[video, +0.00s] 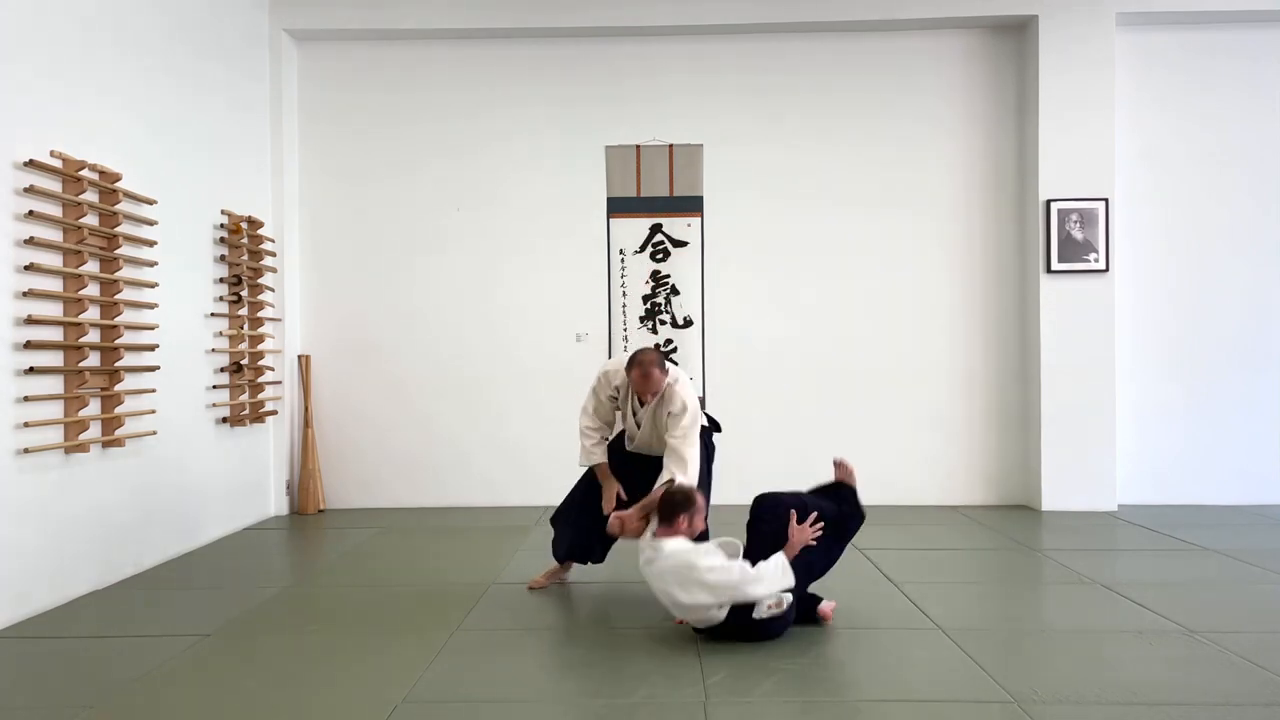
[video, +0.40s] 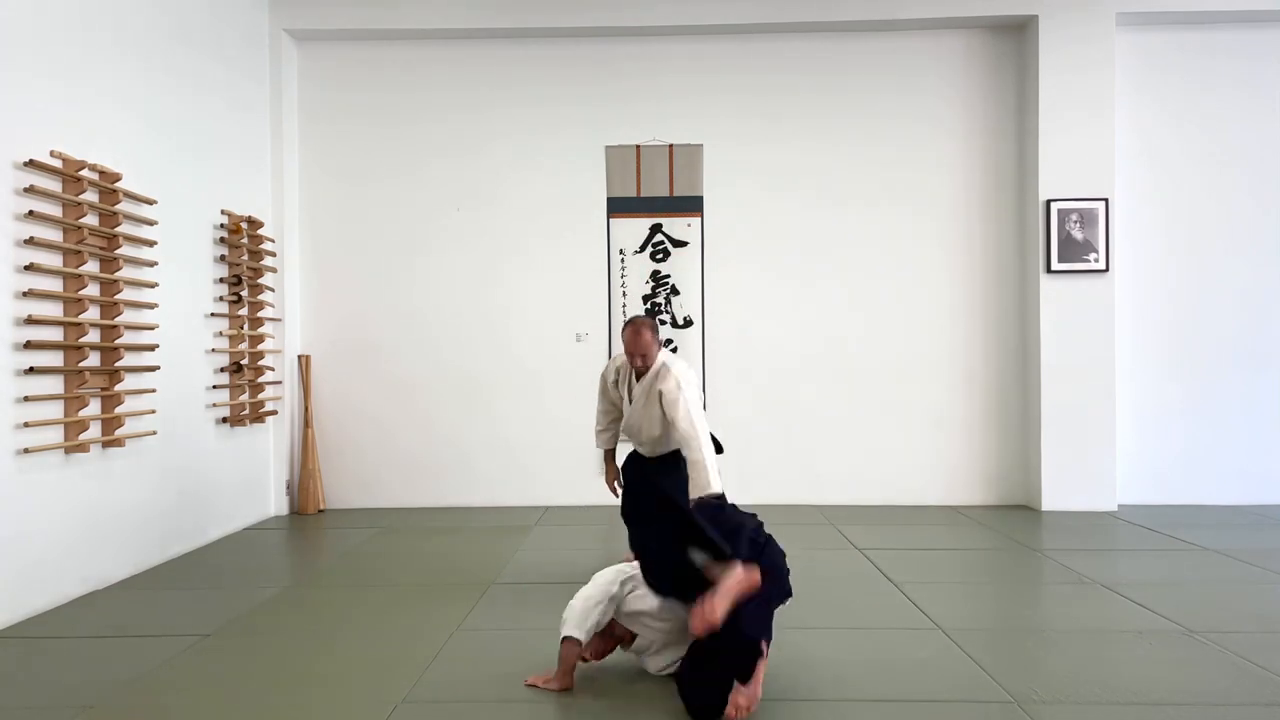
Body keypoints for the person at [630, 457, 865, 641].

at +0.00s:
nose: (704, 522)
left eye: (703, 516)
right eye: (701, 517)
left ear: (661, 516)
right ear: (683, 522)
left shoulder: (649, 548)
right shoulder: (689, 562)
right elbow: (755, 581)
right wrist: (791, 549)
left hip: (709, 621)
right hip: (751, 621)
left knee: (766, 506)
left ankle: (808, 607)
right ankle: (847, 503)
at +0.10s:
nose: (662, 552)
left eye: (654, 551)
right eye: (655, 557)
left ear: (641, 574)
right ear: (646, 583)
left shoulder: (636, 574)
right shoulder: (670, 626)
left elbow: (636, 518)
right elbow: (735, 618)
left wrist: (590, 547)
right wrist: (769, 557)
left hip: (723, 590)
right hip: (760, 618)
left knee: (742, 509)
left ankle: (788, 458)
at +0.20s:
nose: (648, 412)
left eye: (655, 405)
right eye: (642, 406)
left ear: (668, 390)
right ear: (629, 391)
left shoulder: (685, 409)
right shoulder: (616, 397)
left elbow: (675, 471)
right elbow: (604, 438)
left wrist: (648, 533)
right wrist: (604, 485)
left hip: (694, 460)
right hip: (646, 459)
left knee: (688, 537)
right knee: (609, 529)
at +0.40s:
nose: (637, 364)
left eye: (644, 357)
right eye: (631, 357)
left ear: (658, 346)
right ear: (622, 349)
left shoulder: (672, 376)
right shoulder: (615, 372)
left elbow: (693, 433)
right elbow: (607, 416)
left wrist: (707, 496)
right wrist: (608, 460)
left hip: (678, 456)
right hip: (641, 459)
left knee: (691, 524)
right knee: (653, 551)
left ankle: (732, 571)